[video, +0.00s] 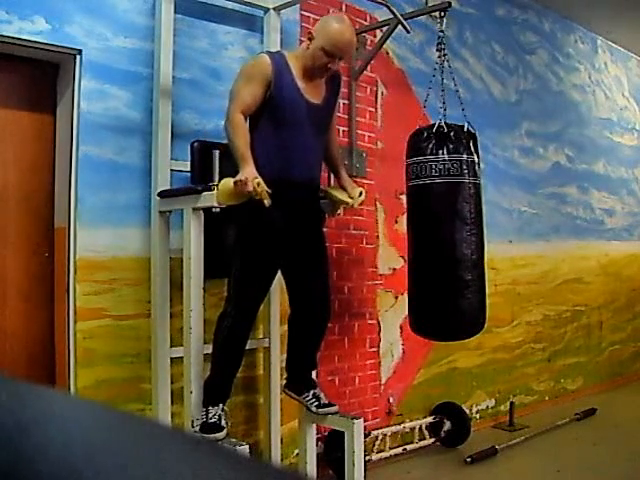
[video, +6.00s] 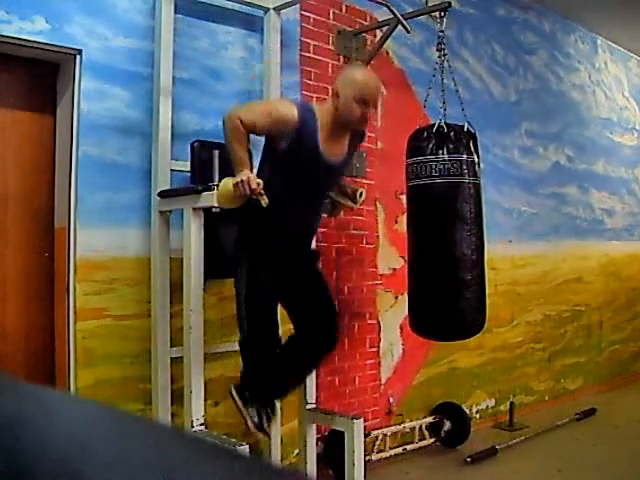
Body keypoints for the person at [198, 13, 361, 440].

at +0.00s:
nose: (333, 65)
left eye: (339, 61)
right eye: (329, 56)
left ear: (344, 58)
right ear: (311, 39)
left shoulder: (331, 84)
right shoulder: (265, 67)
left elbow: (325, 134)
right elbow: (236, 115)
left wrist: (343, 175)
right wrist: (246, 166)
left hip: (304, 208)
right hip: (262, 205)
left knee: (314, 303)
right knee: (241, 308)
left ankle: (300, 381)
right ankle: (213, 404)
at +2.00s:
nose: (375, 139)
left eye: (380, 131)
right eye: (368, 129)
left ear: (382, 130)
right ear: (342, 120)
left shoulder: (358, 155)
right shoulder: (300, 134)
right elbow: (243, 116)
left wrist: (344, 190)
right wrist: (243, 170)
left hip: (300, 260)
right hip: (260, 255)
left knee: (312, 353)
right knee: (256, 352)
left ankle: (236, 400)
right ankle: (237, 421)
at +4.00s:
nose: (373, 128)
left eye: (377, 118)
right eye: (365, 117)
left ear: (379, 116)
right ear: (339, 108)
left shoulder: (354, 150)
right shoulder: (296, 128)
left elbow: (318, 180)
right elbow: (238, 119)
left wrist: (339, 192)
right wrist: (244, 172)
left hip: (296, 256)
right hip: (258, 252)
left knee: (320, 339)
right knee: (261, 344)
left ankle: (255, 406)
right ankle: (261, 428)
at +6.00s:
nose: (368, 116)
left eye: (373, 107)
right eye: (363, 105)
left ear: (372, 106)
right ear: (337, 96)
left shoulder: (351, 138)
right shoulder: (293, 117)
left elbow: (312, 172)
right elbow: (236, 119)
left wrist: (336, 190)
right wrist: (243, 171)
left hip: (297, 248)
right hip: (259, 243)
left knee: (322, 329)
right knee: (260, 337)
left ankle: (257, 391)